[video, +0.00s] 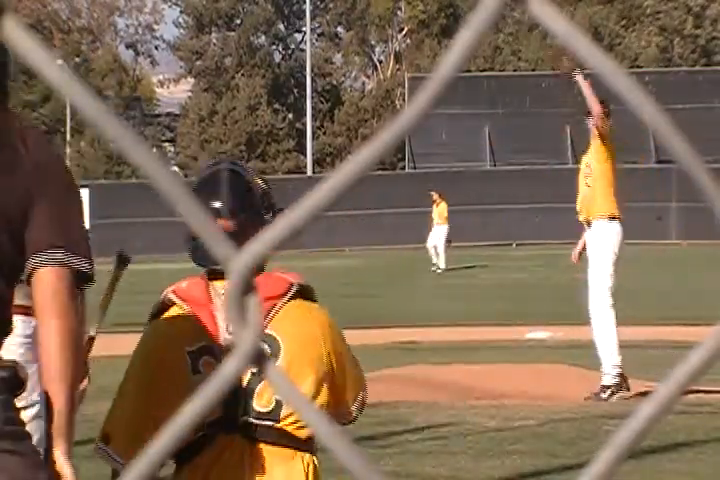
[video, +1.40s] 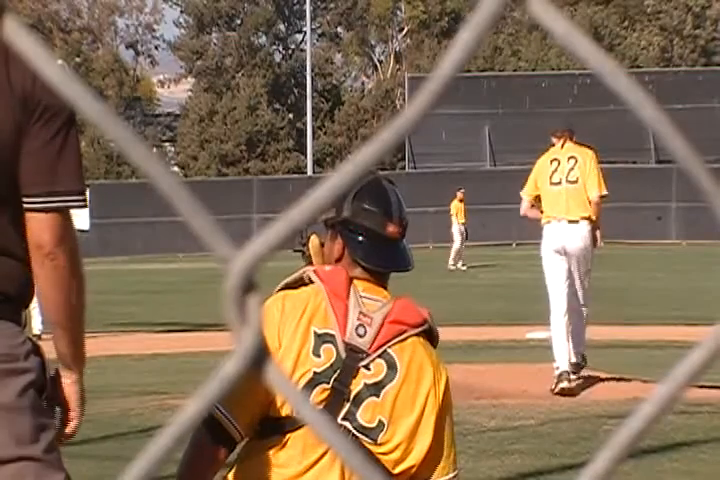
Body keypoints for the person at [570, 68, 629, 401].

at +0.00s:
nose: (592, 121)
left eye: (597, 118)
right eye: (593, 117)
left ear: (602, 123)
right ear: (592, 124)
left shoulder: (600, 148)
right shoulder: (590, 158)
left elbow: (598, 112)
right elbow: (591, 206)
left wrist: (581, 80)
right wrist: (582, 240)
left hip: (605, 226)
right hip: (596, 228)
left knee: (600, 299)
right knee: (597, 299)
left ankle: (612, 373)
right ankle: (610, 372)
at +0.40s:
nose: (573, 119)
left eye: (577, 115)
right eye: (574, 115)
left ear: (590, 118)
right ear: (602, 121)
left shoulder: (584, 133)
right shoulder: (615, 152)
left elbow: (561, 110)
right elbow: (630, 199)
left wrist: (547, 91)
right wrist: (609, 221)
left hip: (588, 223)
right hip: (610, 225)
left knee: (592, 296)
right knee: (608, 296)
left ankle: (603, 370)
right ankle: (609, 366)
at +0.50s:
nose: (580, 126)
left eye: (581, 122)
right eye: (581, 123)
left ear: (586, 122)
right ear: (603, 125)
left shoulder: (576, 133)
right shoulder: (617, 153)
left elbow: (538, 124)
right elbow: (627, 202)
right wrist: (613, 227)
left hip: (586, 224)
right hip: (610, 226)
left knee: (582, 296)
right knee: (607, 296)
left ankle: (599, 366)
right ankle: (611, 366)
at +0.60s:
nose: (579, 132)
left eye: (580, 129)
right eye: (581, 129)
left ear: (584, 128)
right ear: (599, 129)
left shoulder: (572, 145)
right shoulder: (616, 154)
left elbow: (547, 160)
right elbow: (624, 202)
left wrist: (539, 171)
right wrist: (617, 236)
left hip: (582, 225)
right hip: (609, 227)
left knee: (572, 298)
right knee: (606, 300)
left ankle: (591, 364)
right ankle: (610, 365)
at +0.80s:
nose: (566, 143)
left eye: (566, 139)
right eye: (568, 139)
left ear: (566, 139)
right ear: (585, 136)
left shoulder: (557, 164)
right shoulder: (604, 161)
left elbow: (554, 213)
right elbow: (623, 198)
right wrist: (617, 239)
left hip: (570, 233)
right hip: (600, 232)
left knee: (568, 307)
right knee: (605, 305)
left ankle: (561, 375)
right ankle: (609, 367)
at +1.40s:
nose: (557, 142)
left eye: (555, 139)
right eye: (567, 137)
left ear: (552, 139)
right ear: (573, 136)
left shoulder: (542, 161)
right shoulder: (586, 155)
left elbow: (526, 208)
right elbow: (595, 197)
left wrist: (549, 216)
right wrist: (596, 225)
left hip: (551, 229)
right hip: (579, 228)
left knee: (557, 305)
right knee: (579, 301)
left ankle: (561, 367)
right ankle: (577, 357)